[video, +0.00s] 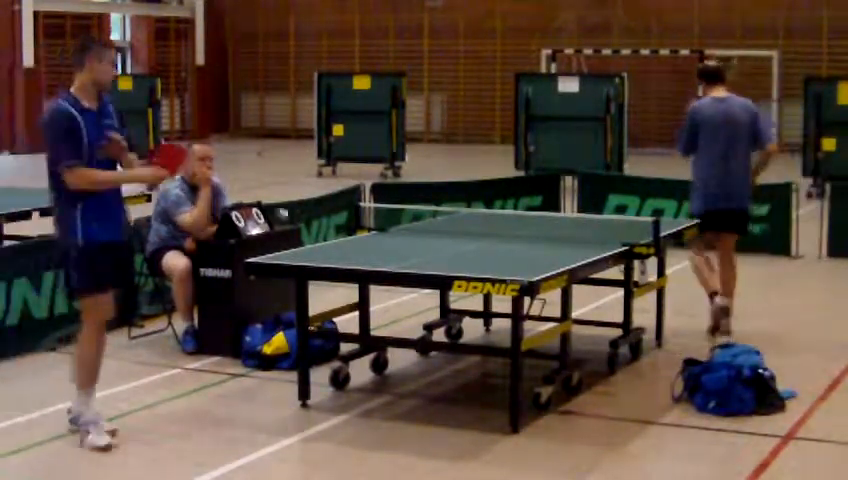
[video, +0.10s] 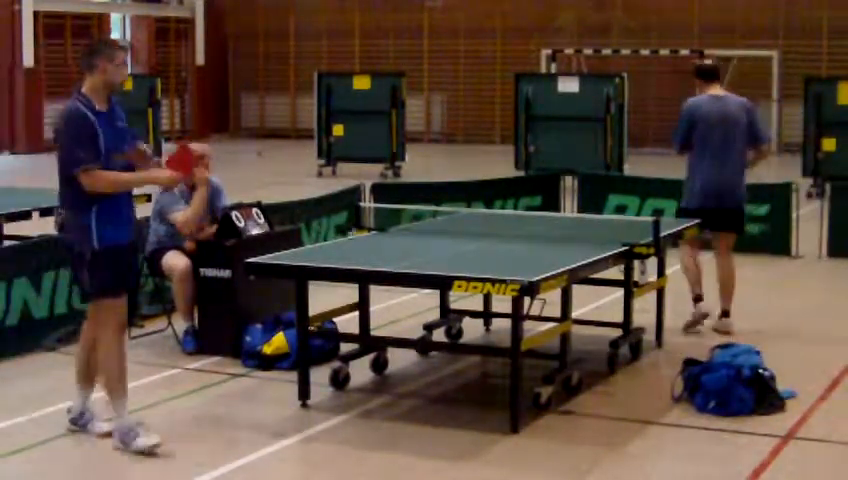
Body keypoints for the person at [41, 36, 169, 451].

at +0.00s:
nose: (114, 72)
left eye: (114, 64)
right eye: (109, 63)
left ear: (101, 66)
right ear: (87, 64)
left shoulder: (107, 108)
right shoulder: (61, 114)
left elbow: (130, 166)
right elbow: (71, 177)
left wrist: (123, 153)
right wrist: (134, 175)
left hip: (111, 228)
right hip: (82, 232)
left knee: (100, 317)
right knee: (95, 316)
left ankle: (84, 405)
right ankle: (84, 408)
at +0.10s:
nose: (126, 73)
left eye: (125, 66)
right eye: (121, 66)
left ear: (108, 68)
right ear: (100, 67)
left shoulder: (113, 110)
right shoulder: (75, 116)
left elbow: (129, 158)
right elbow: (89, 179)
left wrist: (156, 163)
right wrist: (149, 177)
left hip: (118, 232)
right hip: (95, 237)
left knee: (100, 318)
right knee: (114, 320)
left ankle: (82, 408)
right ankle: (122, 424)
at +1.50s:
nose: (289, 76)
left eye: (286, 68)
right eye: (288, 69)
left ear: (249, 69)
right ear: (282, 71)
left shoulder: (227, 109)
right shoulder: (270, 121)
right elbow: (271, 198)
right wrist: (310, 230)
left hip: (230, 240)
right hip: (262, 246)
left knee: (250, 328)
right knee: (274, 337)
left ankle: (246, 424)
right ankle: (272, 451)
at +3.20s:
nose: (318, 104)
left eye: (318, 97)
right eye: (318, 98)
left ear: (282, 87)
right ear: (311, 96)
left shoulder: (239, 118)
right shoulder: (291, 139)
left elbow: (226, 182)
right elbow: (292, 212)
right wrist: (322, 251)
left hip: (213, 246)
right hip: (264, 252)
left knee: (211, 339)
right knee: (289, 340)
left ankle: (178, 440)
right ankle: (300, 437)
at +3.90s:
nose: (282, 89)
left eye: (279, 82)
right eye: (281, 83)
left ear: (243, 85)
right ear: (272, 87)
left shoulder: (215, 119)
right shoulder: (275, 130)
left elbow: (201, 178)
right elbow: (280, 197)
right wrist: (313, 207)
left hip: (206, 240)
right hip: (250, 243)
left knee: (208, 330)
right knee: (285, 328)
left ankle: (183, 425)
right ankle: (299, 435)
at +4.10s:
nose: (264, 82)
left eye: (262, 75)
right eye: (261, 76)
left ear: (222, 79)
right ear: (250, 80)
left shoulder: (200, 120)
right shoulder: (255, 125)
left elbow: (185, 183)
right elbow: (261, 192)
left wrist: (243, 216)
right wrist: (298, 202)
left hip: (195, 242)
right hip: (237, 245)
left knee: (208, 327)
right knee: (276, 328)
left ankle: (182, 426)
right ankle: (299, 435)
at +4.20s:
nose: (261, 82)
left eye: (259, 75)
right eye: (259, 76)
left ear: (220, 79)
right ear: (249, 80)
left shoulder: (200, 120)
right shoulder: (252, 125)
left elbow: (188, 184)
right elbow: (256, 192)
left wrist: (244, 219)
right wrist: (297, 202)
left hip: (194, 243)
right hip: (235, 245)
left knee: (208, 327)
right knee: (276, 327)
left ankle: (182, 426)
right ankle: (299, 435)